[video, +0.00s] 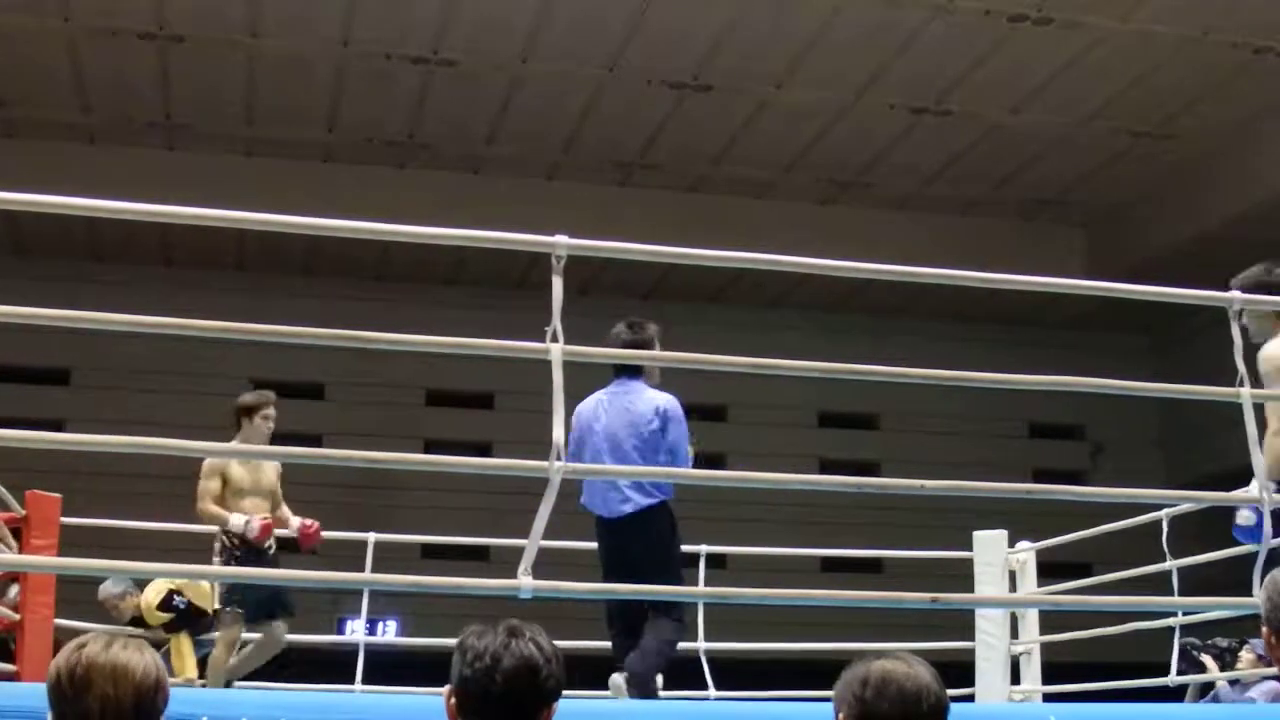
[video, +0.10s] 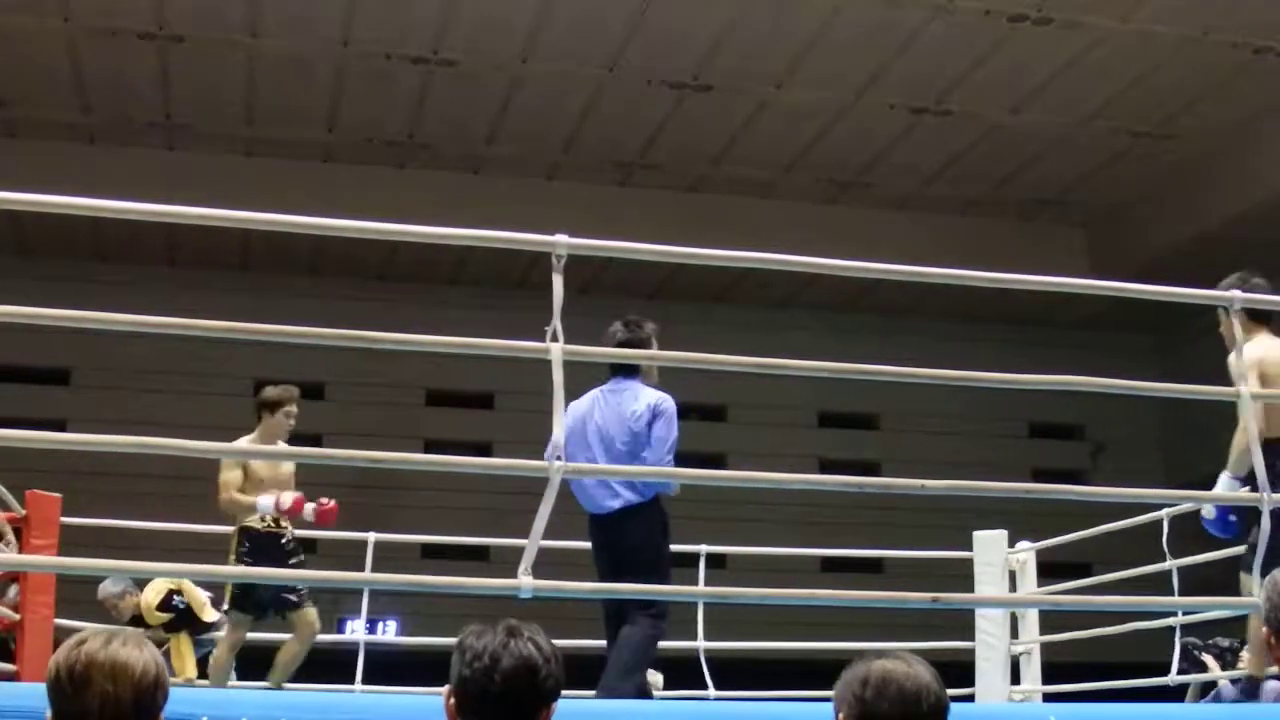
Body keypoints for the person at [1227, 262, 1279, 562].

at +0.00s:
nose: (1241, 321)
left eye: (1244, 312)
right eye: (1239, 313)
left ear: (1267, 308)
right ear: (1267, 308)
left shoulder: (1271, 354)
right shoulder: (1269, 353)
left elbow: (1274, 430)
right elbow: (1274, 429)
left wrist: (1263, 487)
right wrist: (1262, 486)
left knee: (1270, 591)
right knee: (1269, 590)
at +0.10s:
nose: (1221, 329)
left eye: (1223, 318)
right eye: (1220, 319)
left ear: (1238, 316)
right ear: (1261, 314)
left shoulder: (1246, 356)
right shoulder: (1273, 348)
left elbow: (1251, 428)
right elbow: (1257, 428)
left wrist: (1227, 483)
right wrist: (1240, 483)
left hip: (1271, 477)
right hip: (1270, 476)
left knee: (1257, 577)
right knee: (1258, 575)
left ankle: (1254, 676)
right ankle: (1256, 670)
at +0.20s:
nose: (1197, 336)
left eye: (1199, 326)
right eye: (1196, 327)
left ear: (1214, 324)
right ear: (1234, 324)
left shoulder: (1215, 363)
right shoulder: (1267, 362)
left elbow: (1216, 425)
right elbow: (1269, 428)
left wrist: (1195, 485)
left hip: (1240, 469)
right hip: (1273, 468)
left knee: (1232, 586)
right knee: (1232, 587)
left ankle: (1204, 682)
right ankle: (1204, 681)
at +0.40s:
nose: (1143, 342)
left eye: (1147, 333)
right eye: (1143, 334)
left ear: (1165, 333)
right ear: (1180, 335)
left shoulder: (1166, 366)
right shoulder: (1206, 374)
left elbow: (1164, 425)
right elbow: (1233, 449)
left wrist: (1132, 476)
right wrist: (1209, 481)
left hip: (1179, 473)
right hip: (1208, 474)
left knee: (1182, 591)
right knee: (1187, 589)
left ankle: (1257, 648)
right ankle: (1183, 690)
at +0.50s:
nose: (1117, 341)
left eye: (1120, 331)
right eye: (1116, 332)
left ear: (1140, 330)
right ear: (1155, 332)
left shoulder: (1146, 362)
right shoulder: (1178, 371)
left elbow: (1146, 420)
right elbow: (1192, 451)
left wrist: (1099, 457)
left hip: (1157, 471)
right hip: (1182, 475)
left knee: (1126, 586)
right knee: (1169, 588)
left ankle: (1199, 657)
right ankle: (1182, 685)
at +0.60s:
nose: (1090, 341)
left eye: (1095, 332)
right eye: (1091, 332)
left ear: (1115, 332)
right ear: (1123, 334)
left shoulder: (1124, 367)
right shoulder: (1146, 371)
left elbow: (1125, 424)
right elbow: (1140, 449)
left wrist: (1065, 442)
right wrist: (1084, 469)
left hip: (1133, 488)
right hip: (1156, 489)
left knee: (1092, 586)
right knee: (1161, 599)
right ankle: (1182, 695)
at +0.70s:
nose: (1063, 346)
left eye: (1068, 337)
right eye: (1064, 338)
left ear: (1089, 338)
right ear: (1098, 339)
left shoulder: (1098, 376)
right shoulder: (1119, 377)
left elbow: (1099, 437)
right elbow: (1118, 450)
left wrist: (1044, 434)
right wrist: (1050, 451)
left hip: (1106, 489)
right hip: (1125, 490)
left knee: (1074, 596)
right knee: (1138, 600)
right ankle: (1176, 692)